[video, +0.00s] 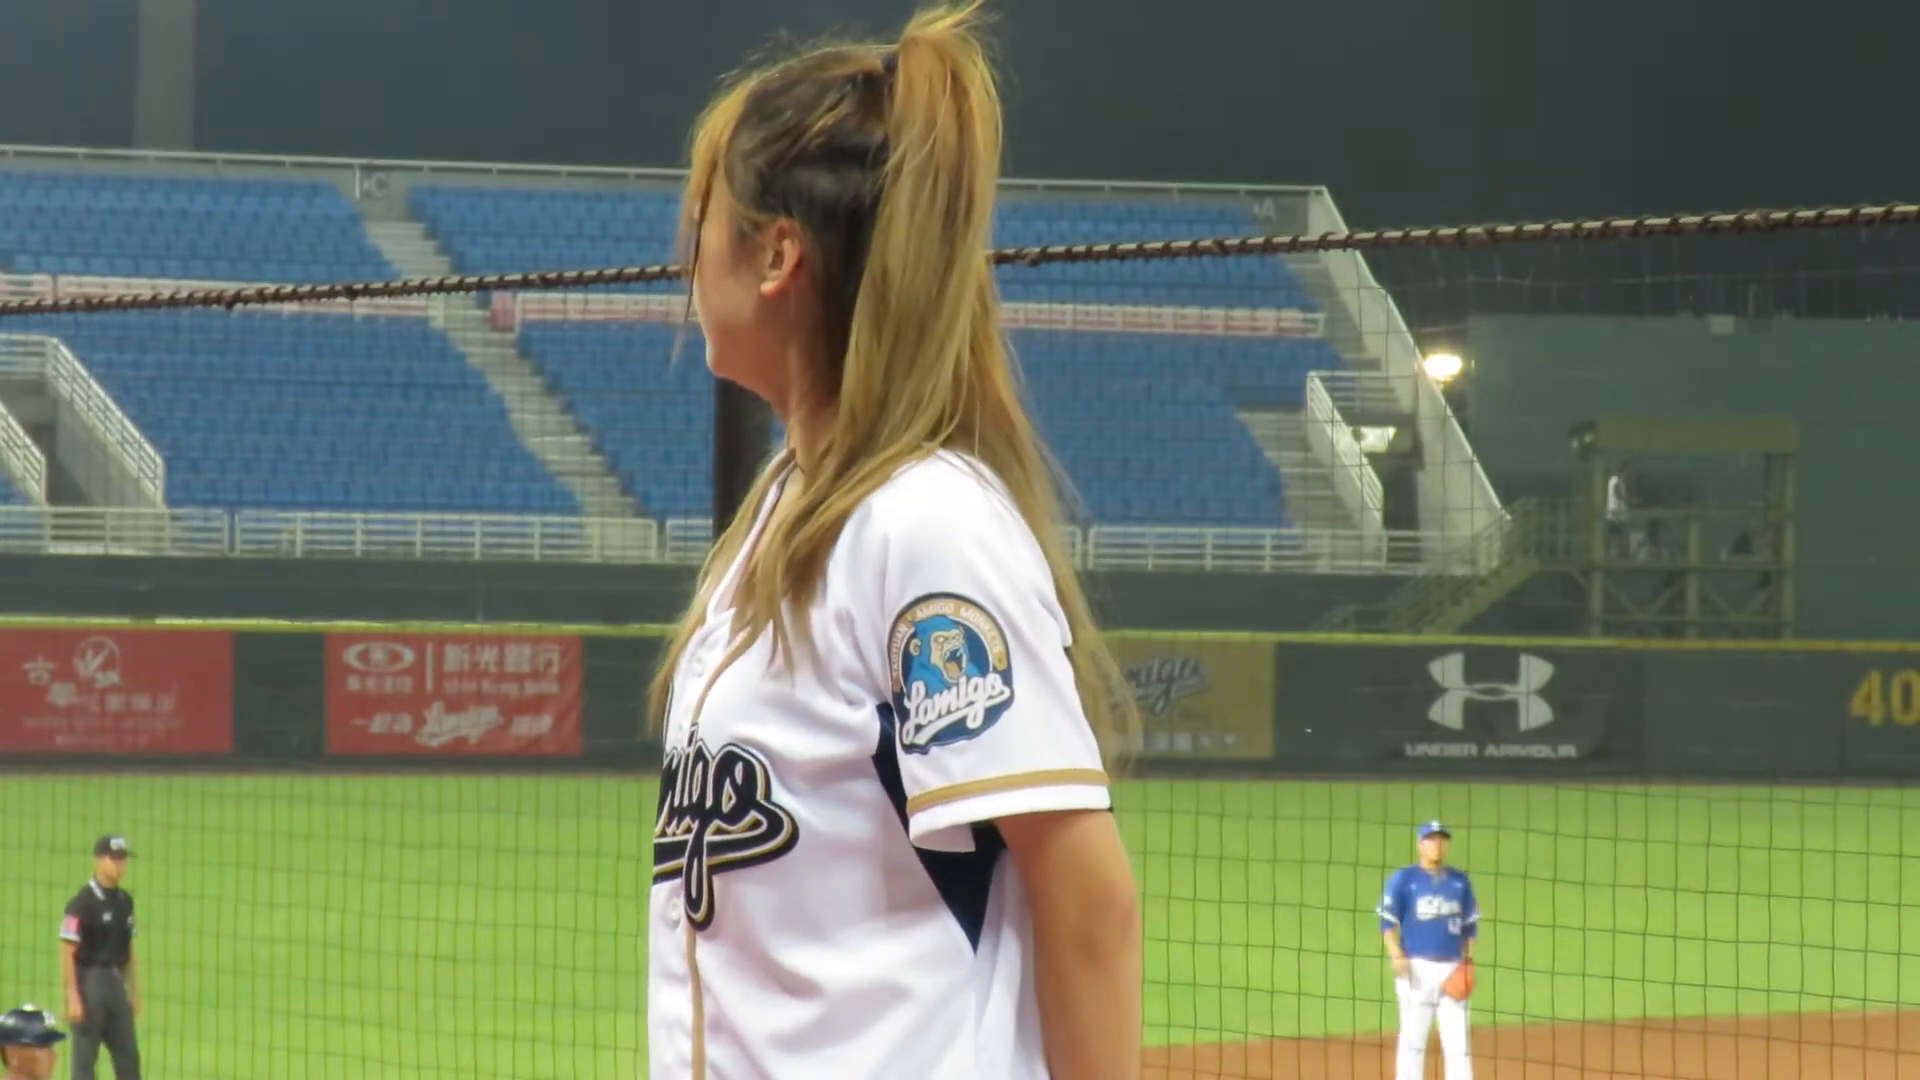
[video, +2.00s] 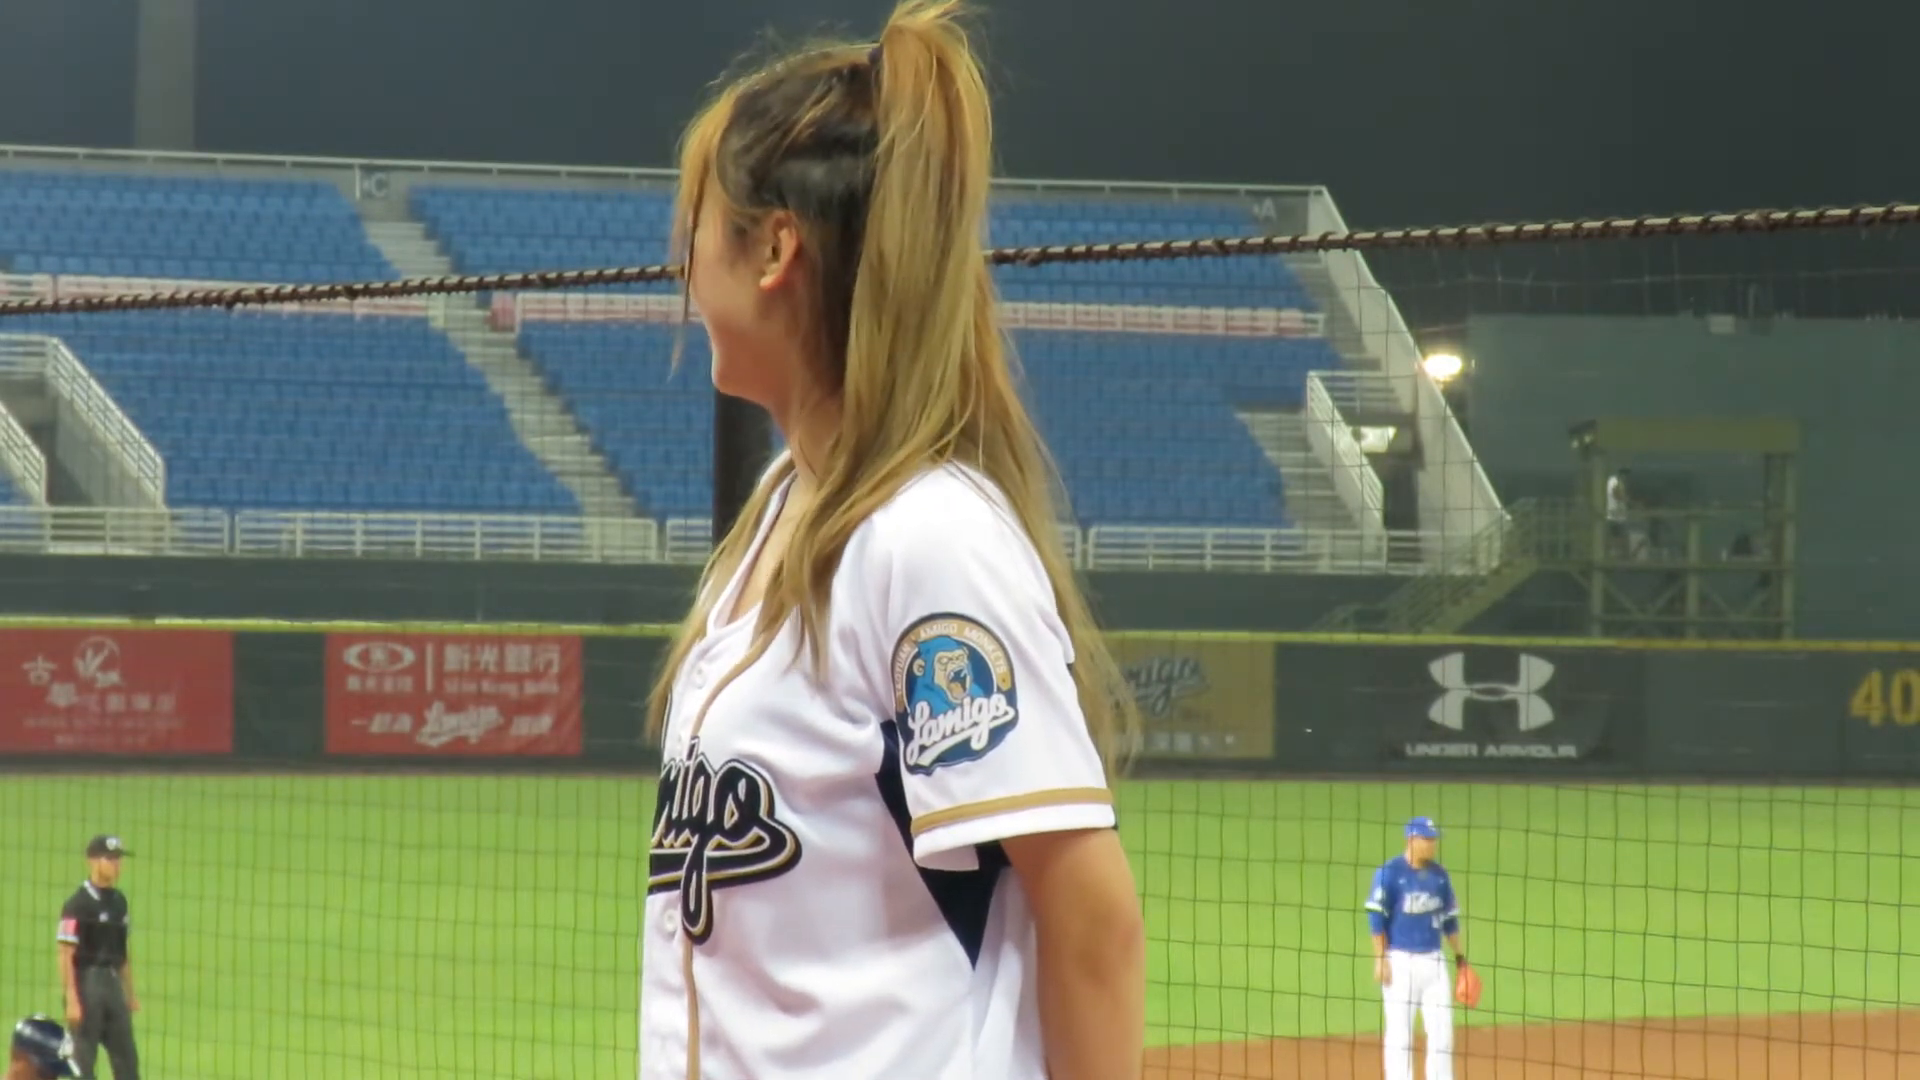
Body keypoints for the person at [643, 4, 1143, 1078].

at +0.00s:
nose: (690, 258)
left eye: (705, 222)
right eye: (699, 220)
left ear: (779, 259)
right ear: (779, 259)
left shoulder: (931, 521)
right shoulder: (783, 499)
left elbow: (1089, 895)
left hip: (884, 1057)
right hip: (732, 1050)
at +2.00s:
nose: (686, 271)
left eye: (699, 229)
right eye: (693, 229)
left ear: (778, 253)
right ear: (774, 253)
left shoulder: (935, 536)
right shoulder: (782, 505)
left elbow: (1095, 914)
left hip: (884, 1058)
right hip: (718, 1052)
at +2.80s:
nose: (693, 268)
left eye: (705, 227)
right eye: (700, 226)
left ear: (783, 250)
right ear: (777, 250)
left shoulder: (933, 528)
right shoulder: (782, 504)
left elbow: (1092, 909)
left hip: (880, 1056)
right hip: (716, 1051)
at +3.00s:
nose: (691, 267)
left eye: (704, 227)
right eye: (698, 227)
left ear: (783, 248)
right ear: (776, 249)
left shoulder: (934, 529)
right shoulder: (780, 502)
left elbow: (1093, 913)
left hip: (878, 1056)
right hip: (713, 1051)